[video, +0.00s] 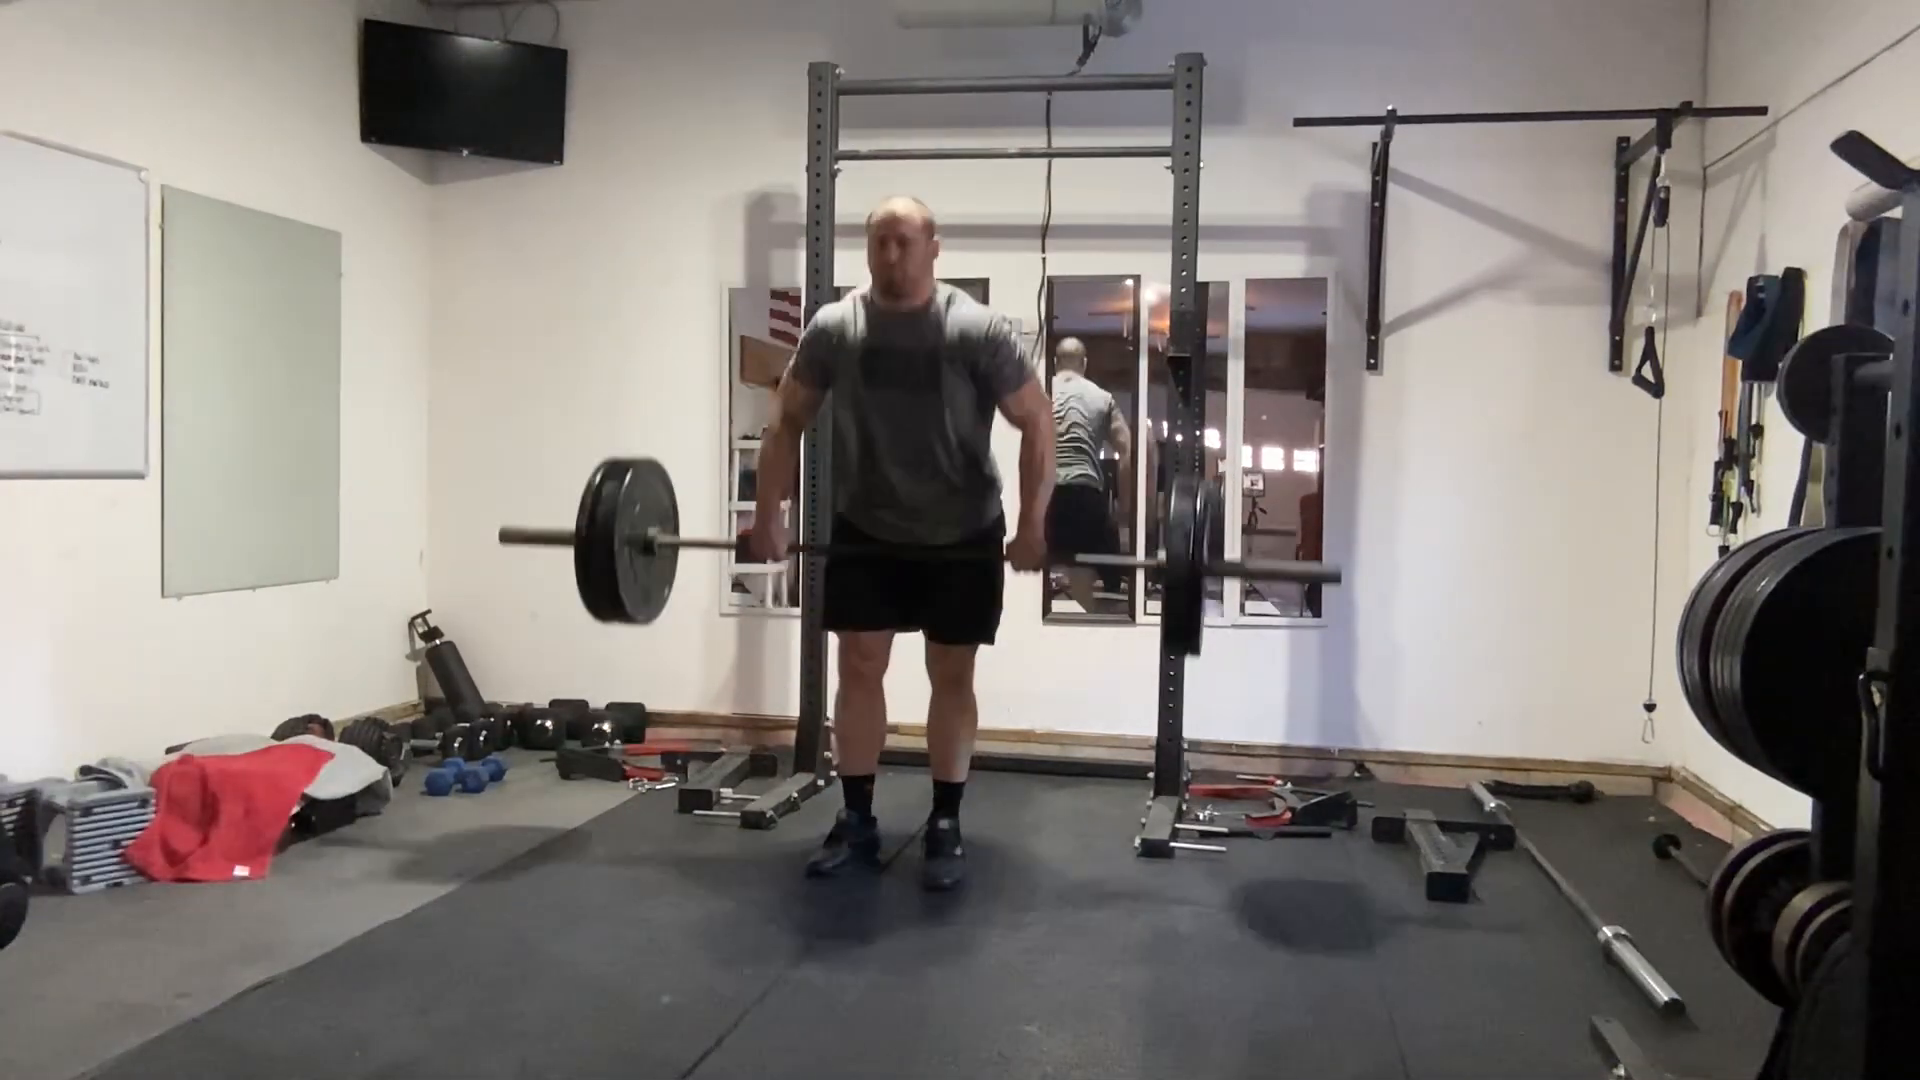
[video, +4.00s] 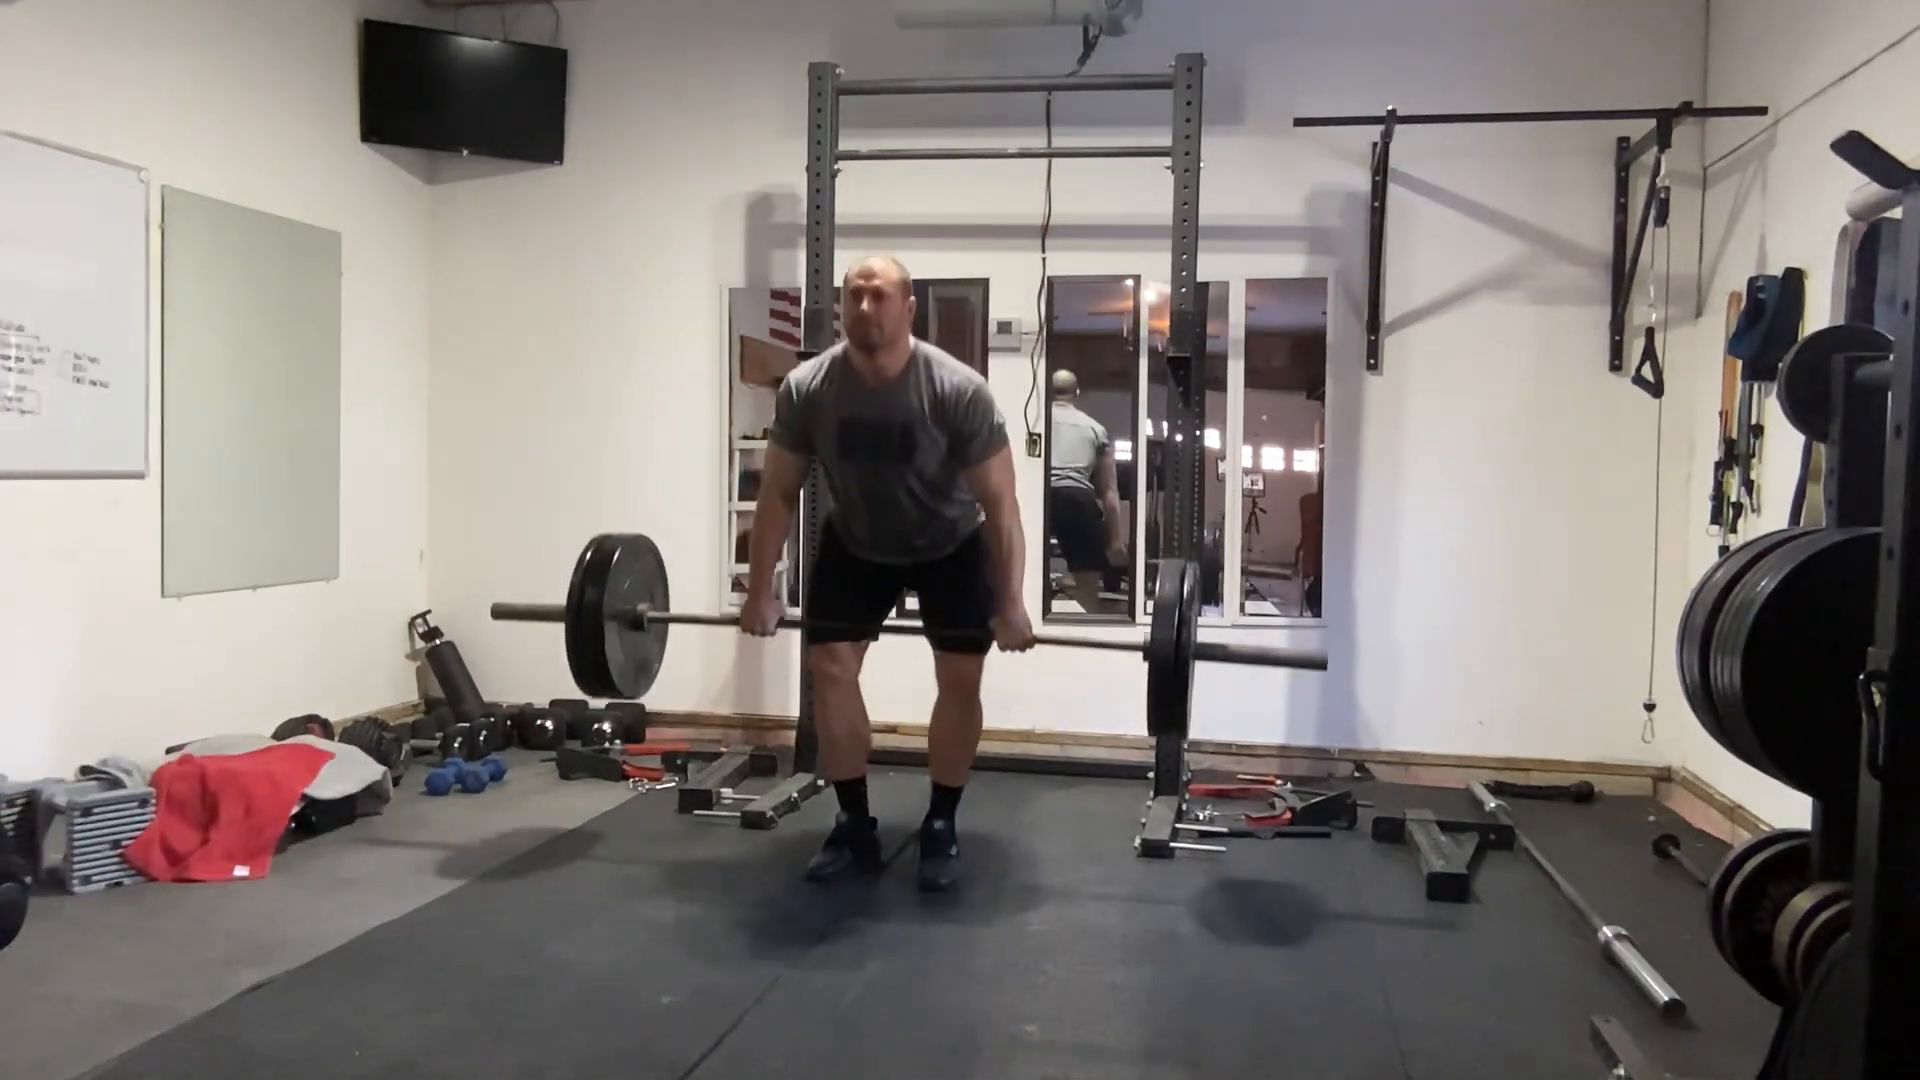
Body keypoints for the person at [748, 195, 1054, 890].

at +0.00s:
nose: (890, 254)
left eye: (902, 241)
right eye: (880, 242)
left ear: (934, 249)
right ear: (867, 252)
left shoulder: (977, 331)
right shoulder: (834, 330)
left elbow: (1038, 422)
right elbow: (787, 424)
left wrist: (1032, 525)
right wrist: (765, 517)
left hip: (959, 536)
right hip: (864, 533)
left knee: (952, 676)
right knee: (859, 668)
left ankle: (944, 830)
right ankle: (856, 826)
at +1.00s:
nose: (862, 338)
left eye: (877, 327)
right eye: (853, 327)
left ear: (907, 338)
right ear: (839, 337)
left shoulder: (957, 419)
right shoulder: (812, 417)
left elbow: (1002, 526)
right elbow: (779, 515)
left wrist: (1012, 629)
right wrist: (759, 614)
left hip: (954, 553)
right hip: (861, 553)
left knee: (971, 679)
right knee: (825, 667)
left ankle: (945, 829)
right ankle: (852, 827)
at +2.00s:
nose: (891, 255)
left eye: (906, 246)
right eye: (883, 245)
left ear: (936, 262)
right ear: (871, 260)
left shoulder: (956, 326)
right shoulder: (836, 325)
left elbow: (984, 366)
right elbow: (767, 361)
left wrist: (1009, 304)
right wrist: (771, 297)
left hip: (931, 529)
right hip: (840, 528)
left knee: (933, 685)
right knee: (824, 682)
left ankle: (933, 832)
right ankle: (857, 830)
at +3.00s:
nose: (907, 208)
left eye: (921, 206)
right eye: (896, 205)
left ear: (943, 235)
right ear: (877, 229)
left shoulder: (957, 292)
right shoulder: (835, 283)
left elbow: (1026, 263)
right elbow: (746, 271)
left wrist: (1026, 173)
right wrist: (757, 187)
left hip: (932, 488)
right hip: (845, 489)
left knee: (935, 659)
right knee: (850, 659)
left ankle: (943, 826)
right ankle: (850, 821)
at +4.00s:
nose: (866, 307)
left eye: (879, 296)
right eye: (856, 296)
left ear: (909, 307)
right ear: (841, 309)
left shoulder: (959, 391)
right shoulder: (806, 391)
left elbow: (999, 500)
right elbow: (777, 493)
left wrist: (1010, 600)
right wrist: (760, 590)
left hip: (951, 542)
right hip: (854, 544)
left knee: (961, 676)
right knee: (829, 665)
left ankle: (940, 829)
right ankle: (854, 829)